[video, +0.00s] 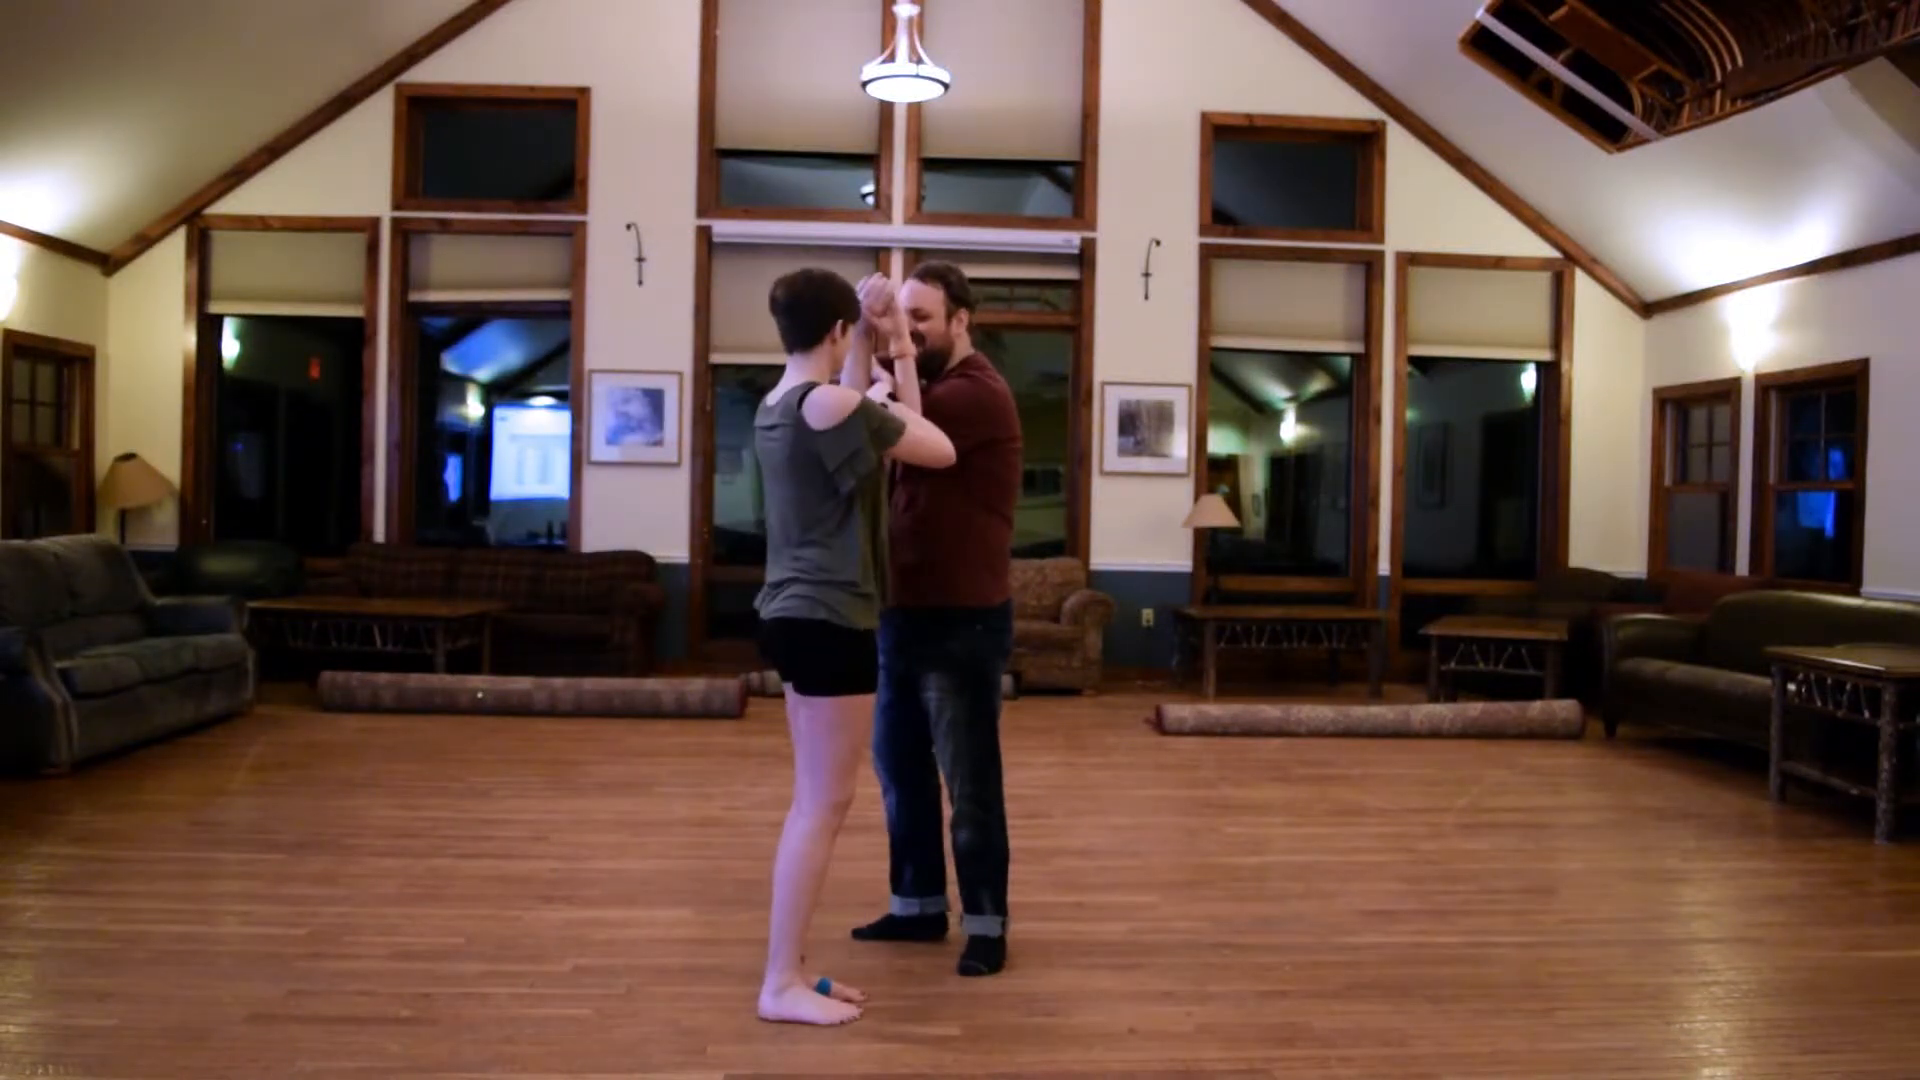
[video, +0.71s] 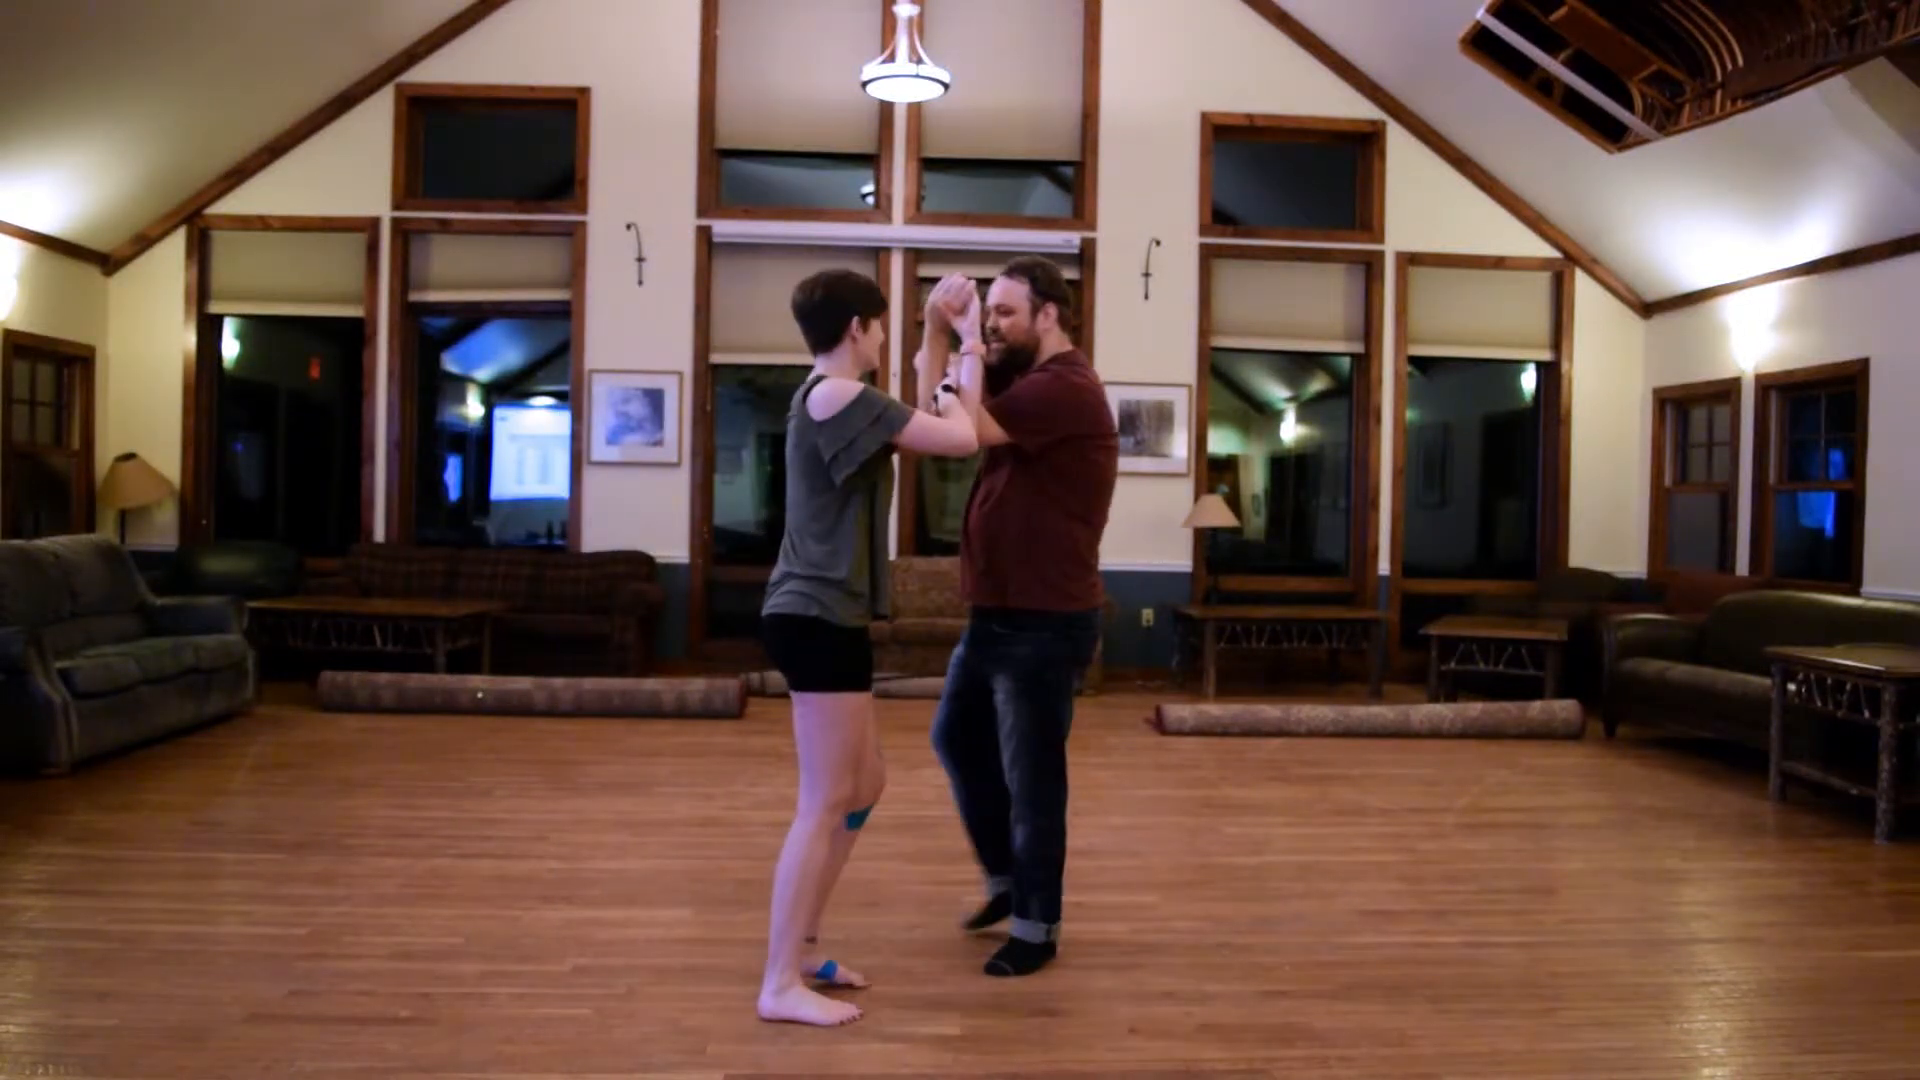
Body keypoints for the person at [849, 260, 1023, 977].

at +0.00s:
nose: (906, 330)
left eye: (921, 317)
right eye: (901, 317)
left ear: (960, 321)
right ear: (903, 322)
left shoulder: (980, 390)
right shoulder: (919, 385)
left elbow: (901, 440)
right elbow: (858, 416)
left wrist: (898, 354)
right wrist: (864, 337)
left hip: (965, 611)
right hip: (904, 608)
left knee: (967, 771)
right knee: (901, 762)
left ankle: (985, 922)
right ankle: (917, 906)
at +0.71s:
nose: (991, 327)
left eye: (1005, 314)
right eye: (990, 315)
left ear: (1049, 315)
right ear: (1007, 321)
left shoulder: (1067, 385)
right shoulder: (1023, 381)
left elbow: (973, 424)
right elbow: (932, 413)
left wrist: (972, 349)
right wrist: (940, 329)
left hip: (1044, 619)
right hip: (995, 613)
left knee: (1032, 776)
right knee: (957, 739)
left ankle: (1038, 924)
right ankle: (1005, 877)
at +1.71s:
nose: (1168, 332)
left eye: (1179, 318)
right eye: (1166, 318)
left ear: (1221, 318)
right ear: (1205, 318)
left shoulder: (1246, 386)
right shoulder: (1202, 379)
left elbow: (1145, 442)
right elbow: (1121, 434)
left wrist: (1140, 359)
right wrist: (1130, 353)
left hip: (1234, 618)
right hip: (1186, 616)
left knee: (1236, 774)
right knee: (1166, 759)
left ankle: (1259, 933)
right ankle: (1173, 914)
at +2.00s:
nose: (1239, 332)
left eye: (1253, 318)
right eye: (1234, 320)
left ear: (1296, 322)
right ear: (1239, 327)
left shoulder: (1312, 389)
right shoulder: (1269, 383)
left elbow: (1219, 439)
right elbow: (1185, 427)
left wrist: (1217, 359)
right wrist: (1182, 345)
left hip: (1288, 613)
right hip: (1253, 610)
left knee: (1263, 772)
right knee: (1269, 765)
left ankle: (1263, 932)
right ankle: (1361, 887)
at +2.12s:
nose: (1264, 339)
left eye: (1278, 325)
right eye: (1259, 326)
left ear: (1320, 327)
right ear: (1261, 331)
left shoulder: (1335, 392)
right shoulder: (1297, 389)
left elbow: (1240, 443)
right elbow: (1207, 431)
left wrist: (1236, 362)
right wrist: (1206, 347)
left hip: (1307, 617)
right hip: (1291, 615)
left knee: (1274, 773)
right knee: (1334, 764)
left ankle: (1264, 935)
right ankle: (1401, 912)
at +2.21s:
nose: (1278, 343)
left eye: (1293, 329)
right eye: (1274, 330)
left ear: (1337, 329)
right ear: (1285, 333)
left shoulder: (1352, 396)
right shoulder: (1315, 389)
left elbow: (1256, 447)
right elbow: (1227, 433)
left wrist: (1254, 367)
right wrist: (1229, 350)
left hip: (1326, 627)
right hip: (1336, 622)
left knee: (1287, 780)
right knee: (1362, 772)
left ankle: (1261, 940)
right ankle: (1408, 923)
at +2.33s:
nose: (1299, 347)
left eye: (1312, 333)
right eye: (1295, 334)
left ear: (1356, 332)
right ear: (1304, 336)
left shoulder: (1373, 399)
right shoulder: (1342, 395)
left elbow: (1282, 450)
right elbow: (1254, 433)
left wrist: (1283, 370)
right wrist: (1245, 349)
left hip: (1355, 622)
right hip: (1356, 618)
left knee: (1306, 771)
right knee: (1379, 771)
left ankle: (1274, 930)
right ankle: (1411, 925)